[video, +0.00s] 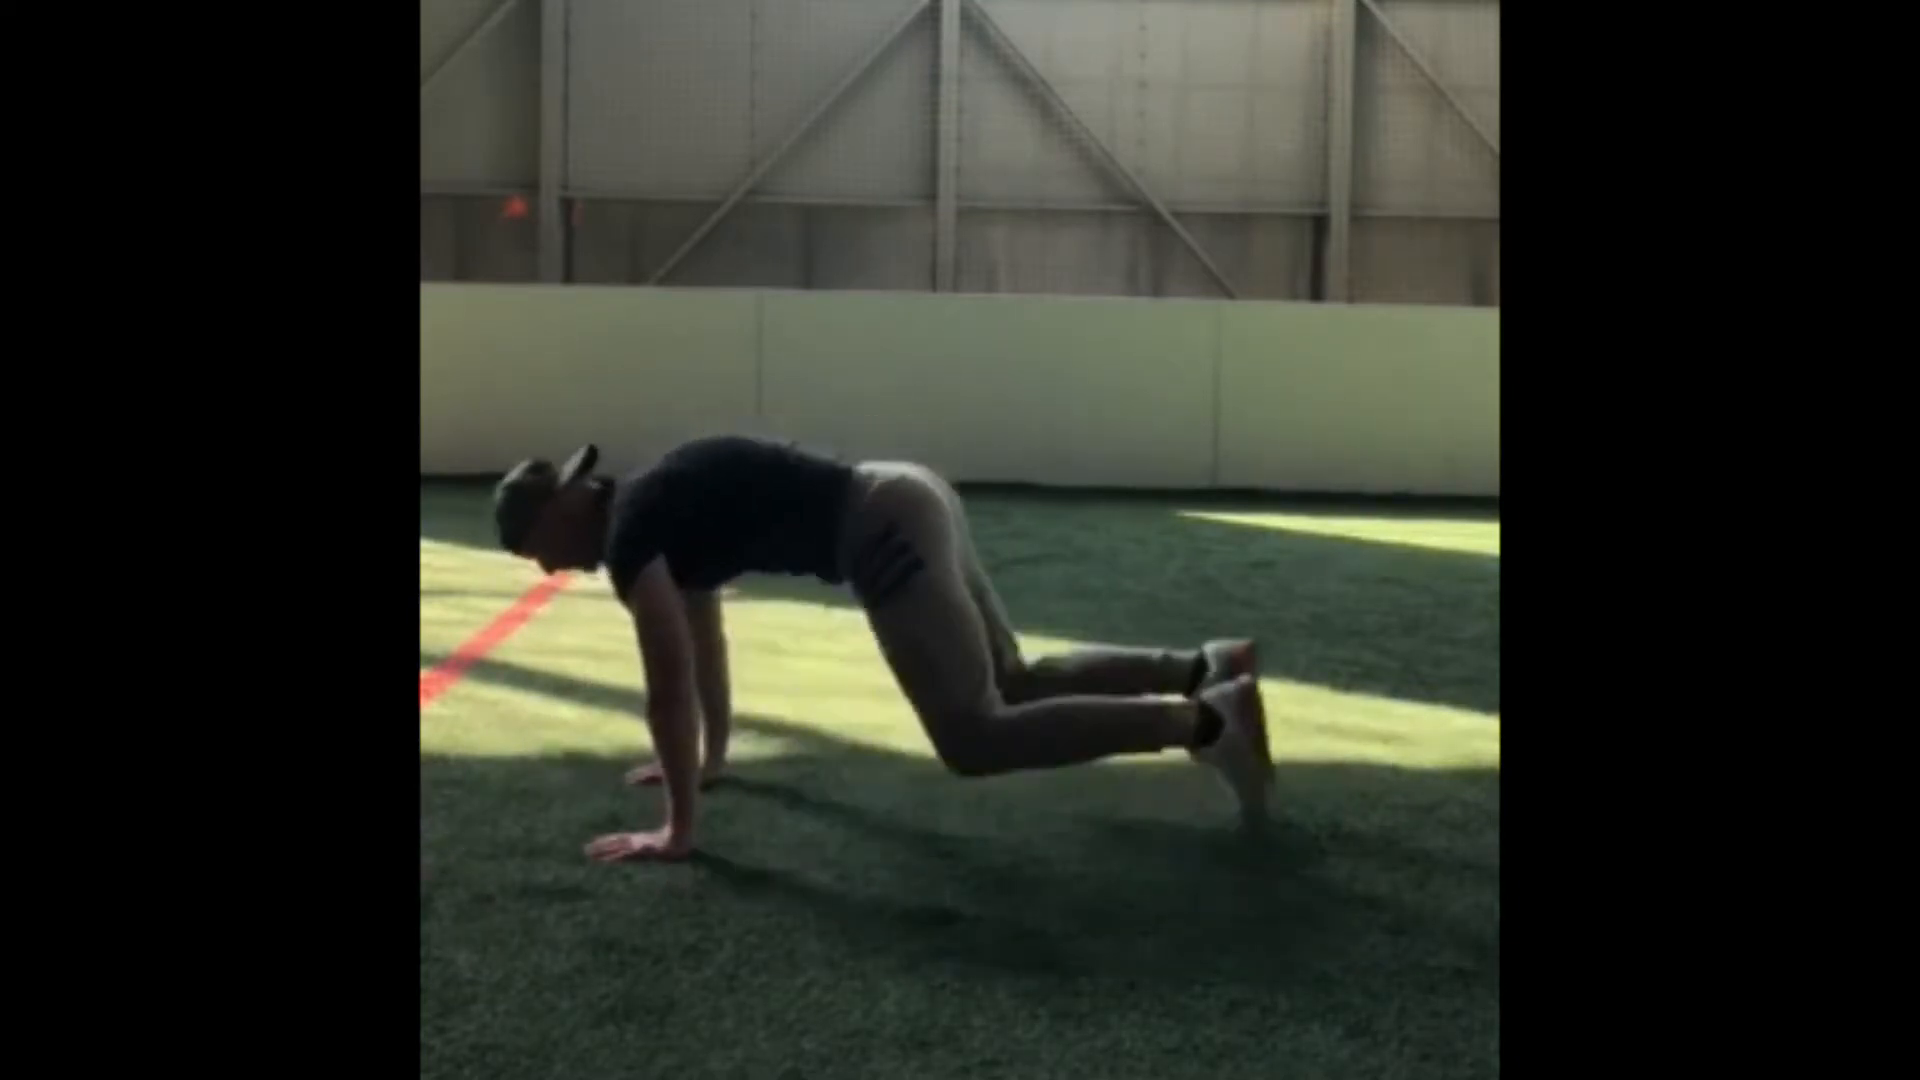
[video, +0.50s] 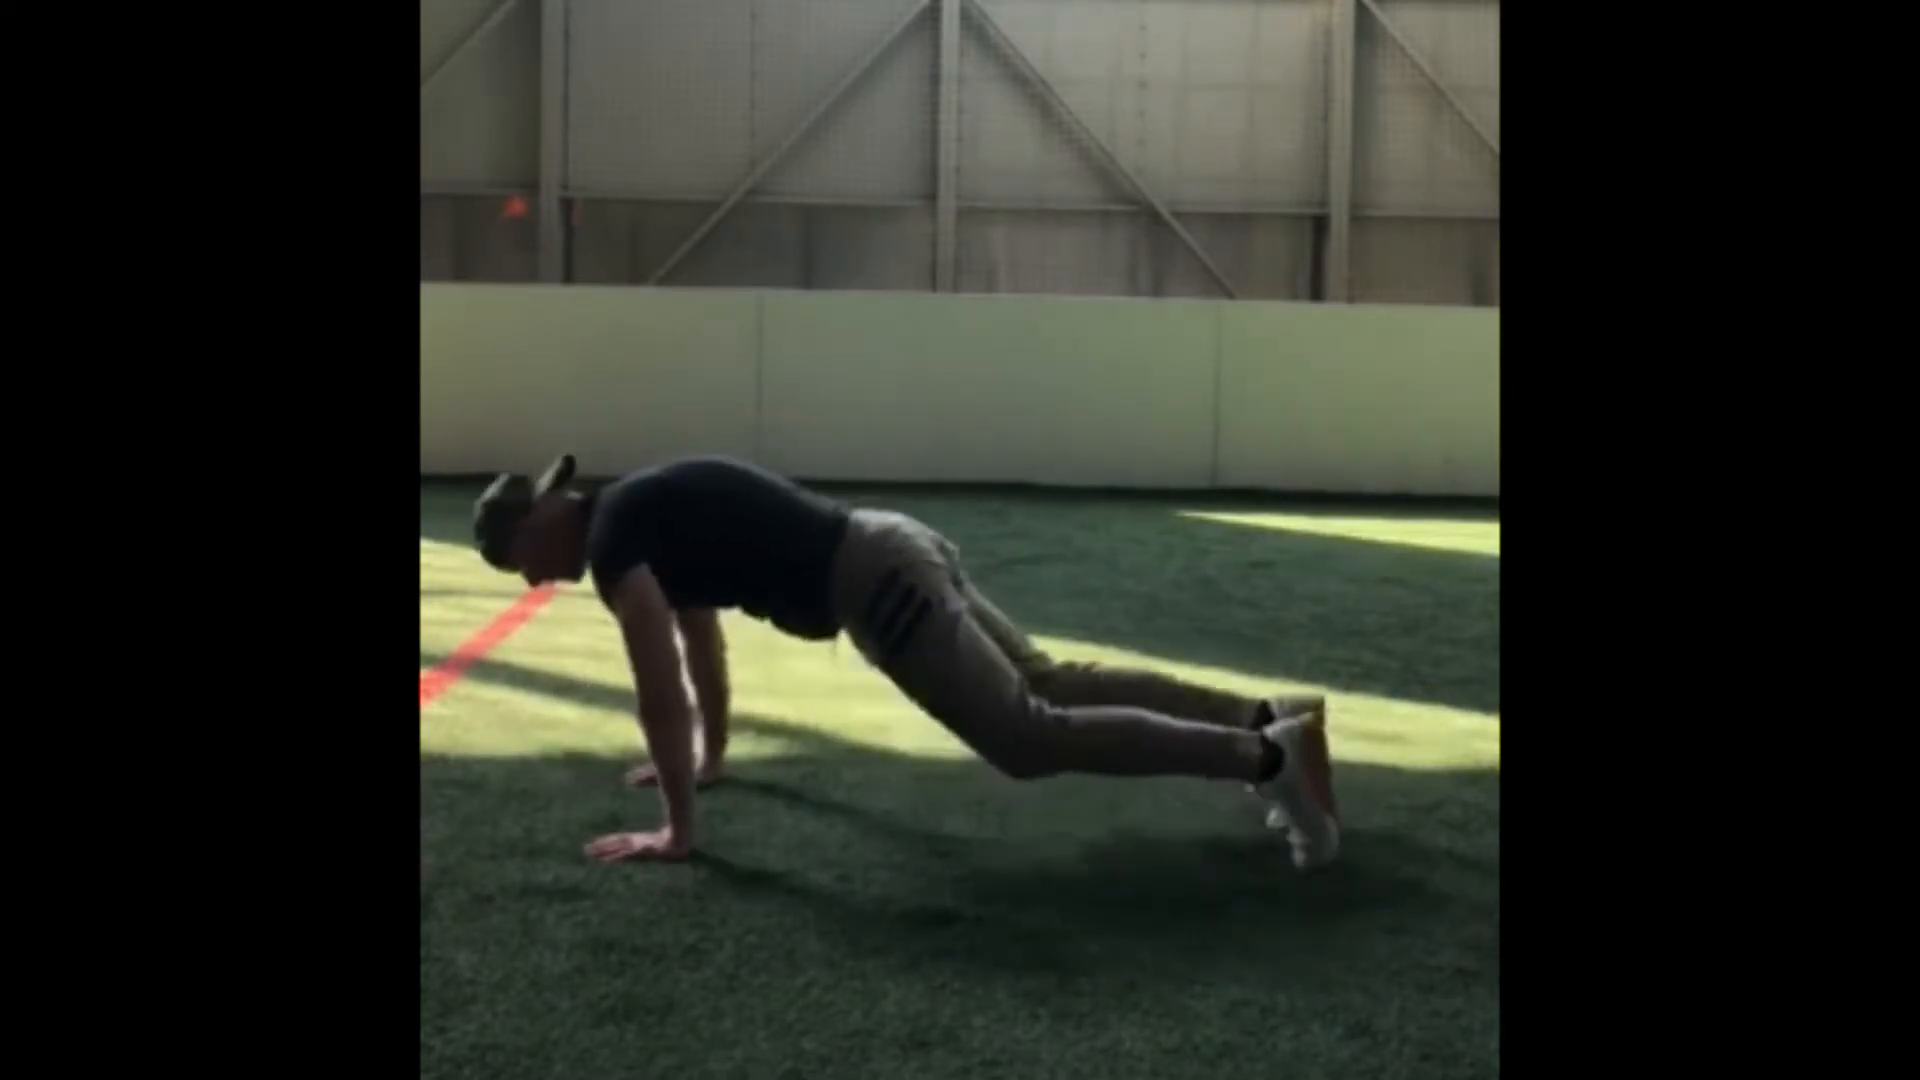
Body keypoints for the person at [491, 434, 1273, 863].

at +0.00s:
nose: (554, 570)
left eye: (547, 554)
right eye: (542, 560)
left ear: (569, 511)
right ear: (581, 494)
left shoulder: (636, 541)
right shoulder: (661, 502)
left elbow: (669, 687)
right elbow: (703, 652)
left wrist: (676, 830)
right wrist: (707, 755)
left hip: (885, 530)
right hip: (907, 497)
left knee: (974, 742)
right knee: (1011, 681)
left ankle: (1202, 722)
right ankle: (1201, 670)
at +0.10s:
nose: (560, 550)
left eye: (554, 533)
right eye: (550, 539)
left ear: (587, 498)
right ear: (604, 483)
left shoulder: (650, 534)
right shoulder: (686, 506)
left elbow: (677, 687)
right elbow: (717, 661)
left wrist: (678, 828)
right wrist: (704, 760)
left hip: (903, 611)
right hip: (924, 574)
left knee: (1051, 772)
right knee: (1073, 723)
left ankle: (1291, 777)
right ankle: (1279, 734)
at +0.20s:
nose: (580, 535)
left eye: (576, 518)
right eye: (572, 522)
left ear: (608, 491)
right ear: (627, 480)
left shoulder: (673, 531)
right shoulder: (703, 508)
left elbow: (693, 683)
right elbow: (728, 668)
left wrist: (678, 827)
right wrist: (704, 766)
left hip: (918, 655)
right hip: (932, 629)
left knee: (1081, 787)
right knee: (1091, 751)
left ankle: (1320, 775)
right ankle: (1303, 743)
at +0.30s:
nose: (581, 535)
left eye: (576, 518)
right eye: (572, 522)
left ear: (608, 490)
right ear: (628, 480)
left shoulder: (673, 531)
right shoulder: (705, 508)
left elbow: (693, 686)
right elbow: (728, 669)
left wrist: (678, 827)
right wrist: (703, 768)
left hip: (912, 662)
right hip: (929, 633)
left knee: (1082, 793)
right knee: (1091, 756)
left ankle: (1320, 773)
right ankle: (1305, 746)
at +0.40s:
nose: (568, 555)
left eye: (560, 539)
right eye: (557, 544)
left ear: (585, 502)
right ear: (603, 487)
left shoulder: (651, 533)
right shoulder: (685, 508)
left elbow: (676, 685)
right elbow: (719, 662)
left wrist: (679, 827)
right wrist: (707, 760)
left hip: (898, 641)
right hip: (915, 614)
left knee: (1067, 771)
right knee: (1081, 735)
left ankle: (1310, 767)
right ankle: (1300, 745)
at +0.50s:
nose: (542, 582)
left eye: (531, 568)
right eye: (529, 573)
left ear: (547, 522)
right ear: (561, 500)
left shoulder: (614, 542)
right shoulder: (653, 507)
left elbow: (661, 696)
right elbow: (706, 665)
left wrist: (676, 830)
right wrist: (703, 764)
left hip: (880, 584)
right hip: (902, 546)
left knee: (1027, 747)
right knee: (1048, 688)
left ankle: (1265, 758)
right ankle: (1267, 724)